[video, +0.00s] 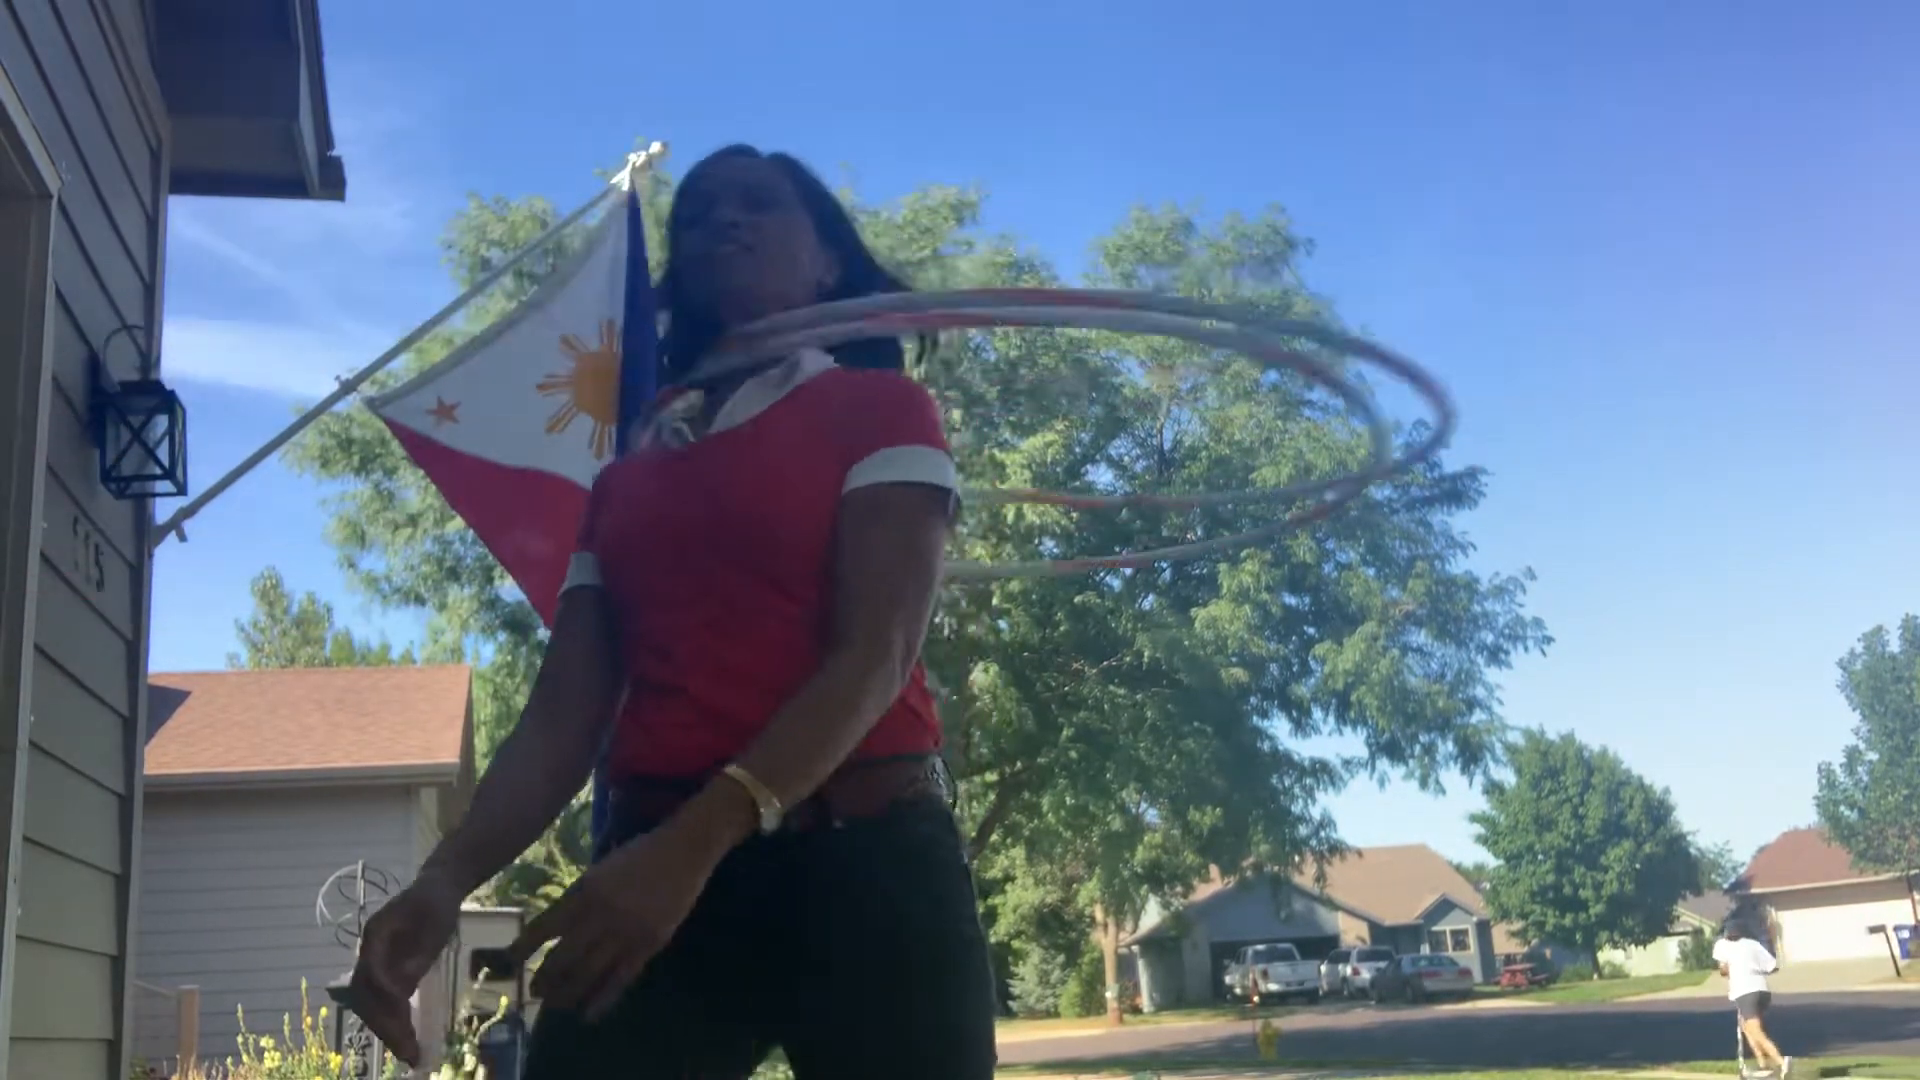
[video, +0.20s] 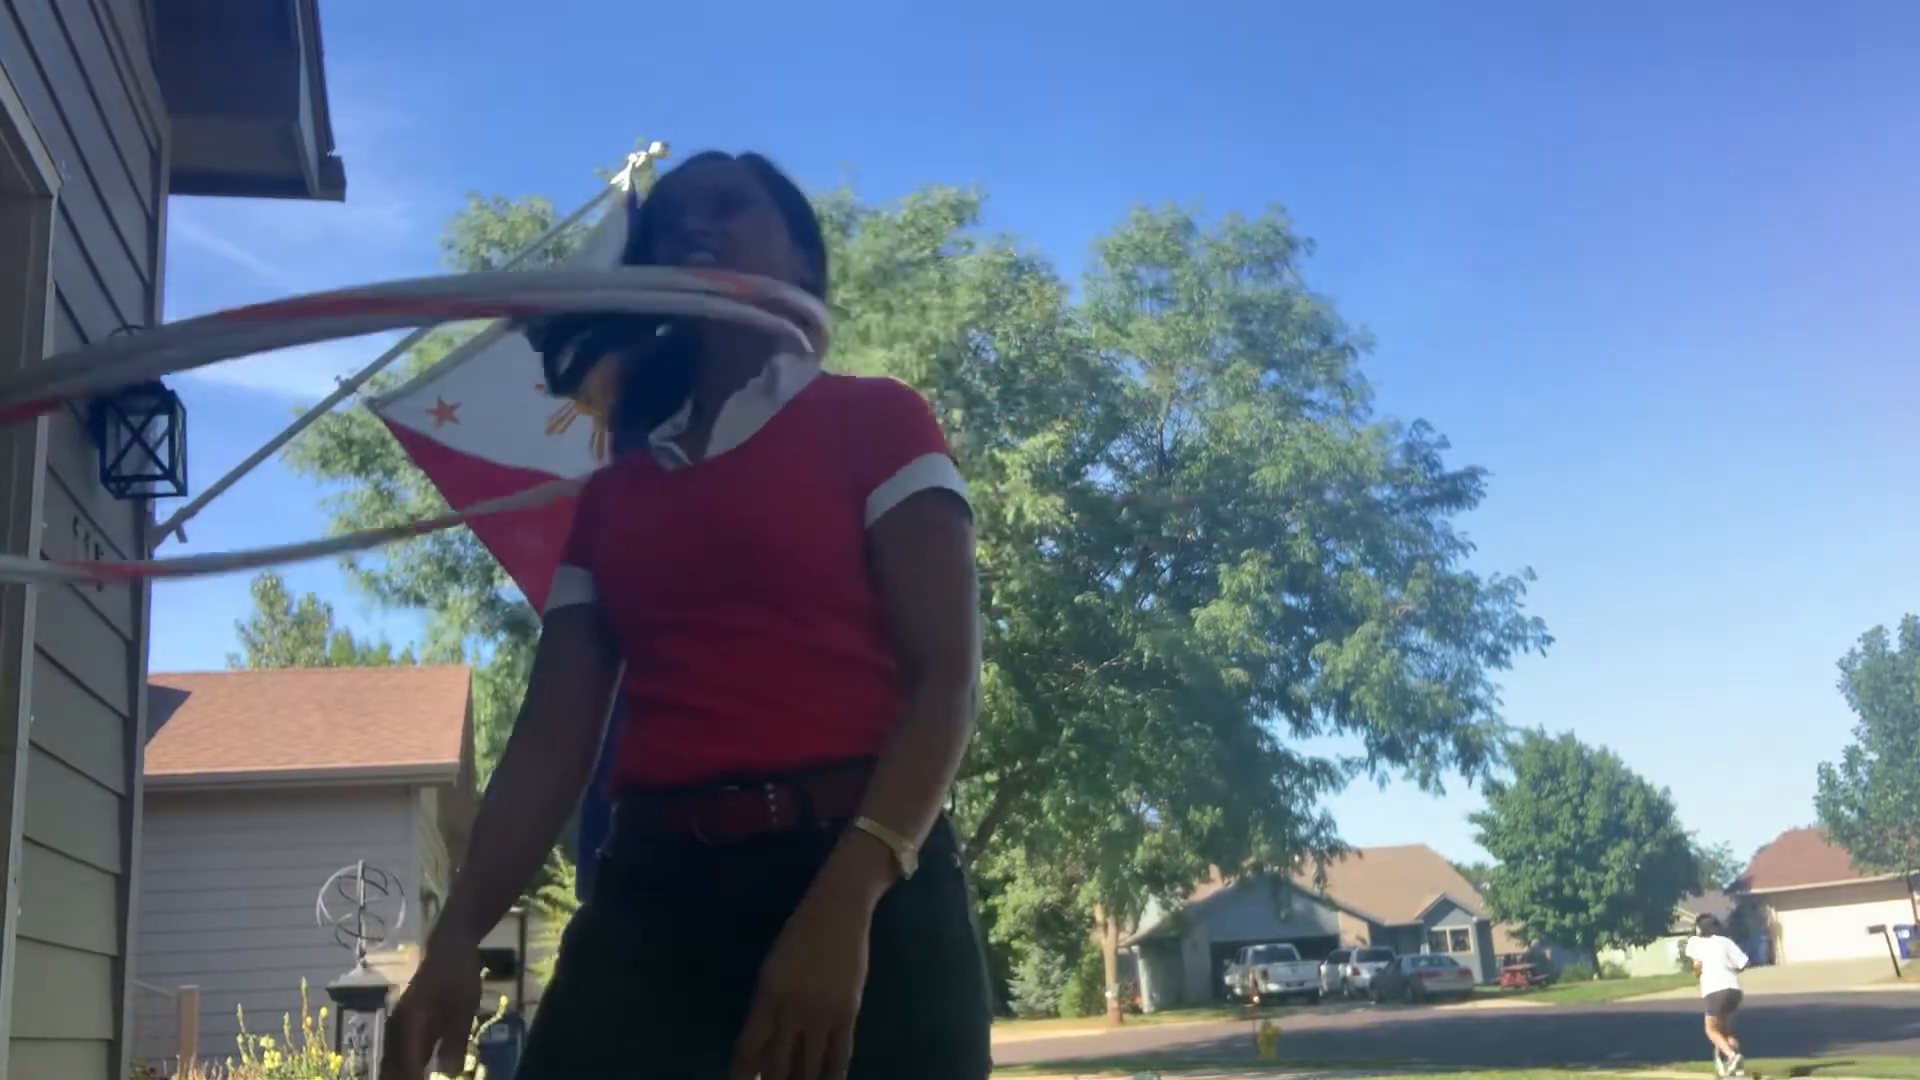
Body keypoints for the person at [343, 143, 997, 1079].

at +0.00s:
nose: (722, 222)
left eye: (759, 204)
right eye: (698, 217)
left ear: (829, 261)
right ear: (673, 280)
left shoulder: (874, 402)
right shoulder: (626, 471)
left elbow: (875, 656)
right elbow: (563, 711)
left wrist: (695, 840)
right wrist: (442, 887)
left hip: (866, 861)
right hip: (653, 877)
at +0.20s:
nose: (694, 230)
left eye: (729, 205)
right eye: (668, 225)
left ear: (802, 258)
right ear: (649, 276)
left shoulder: (876, 417)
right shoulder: (617, 490)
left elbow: (947, 680)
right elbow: (552, 734)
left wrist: (845, 897)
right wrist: (454, 942)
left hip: (865, 874)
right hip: (654, 882)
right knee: (572, 1062)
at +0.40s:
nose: (740, 256)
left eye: (780, 233)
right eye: (725, 249)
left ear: (865, 267)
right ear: (710, 301)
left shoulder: (915, 439)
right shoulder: (659, 493)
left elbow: (909, 694)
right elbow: (579, 713)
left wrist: (740, 870)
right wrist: (455, 909)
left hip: (869, 868)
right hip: (663, 875)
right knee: (577, 1058)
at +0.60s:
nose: (668, 208)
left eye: (711, 191)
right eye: (654, 205)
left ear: (789, 255)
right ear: (636, 273)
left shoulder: (841, 388)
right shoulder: (600, 488)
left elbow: (876, 661)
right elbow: (543, 734)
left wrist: (667, 817)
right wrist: (414, 911)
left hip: (858, 860)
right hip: (660, 884)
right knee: (569, 1062)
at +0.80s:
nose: (736, 231)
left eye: (779, 211)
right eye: (720, 219)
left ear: (852, 279)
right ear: (704, 285)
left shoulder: (911, 437)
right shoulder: (645, 482)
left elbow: (950, 682)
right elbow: (569, 703)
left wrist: (802, 845)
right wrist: (461, 906)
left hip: (869, 877)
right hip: (656, 873)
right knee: (567, 1062)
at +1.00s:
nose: (777, 243)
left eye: (813, 224)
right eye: (757, 239)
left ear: (891, 280)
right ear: (738, 302)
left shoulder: (927, 441)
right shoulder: (660, 485)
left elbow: (909, 679)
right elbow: (566, 692)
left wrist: (699, 809)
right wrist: (475, 809)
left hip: (877, 867)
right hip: (661, 883)